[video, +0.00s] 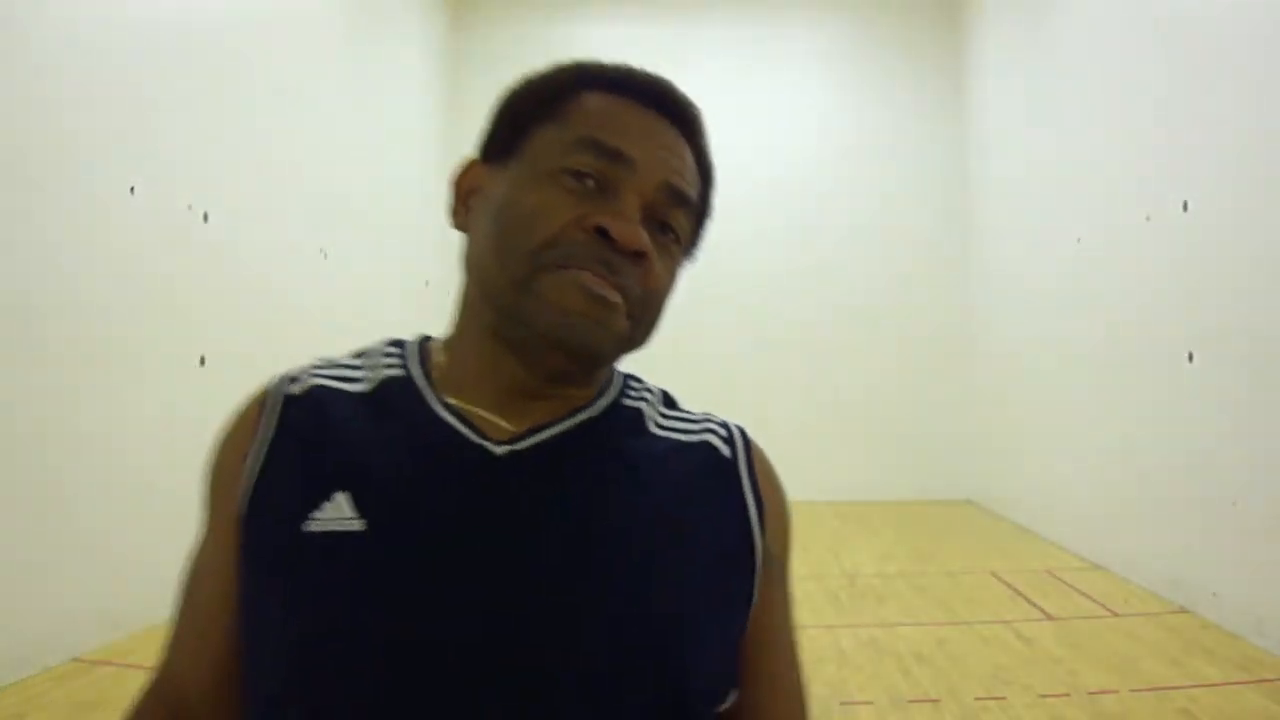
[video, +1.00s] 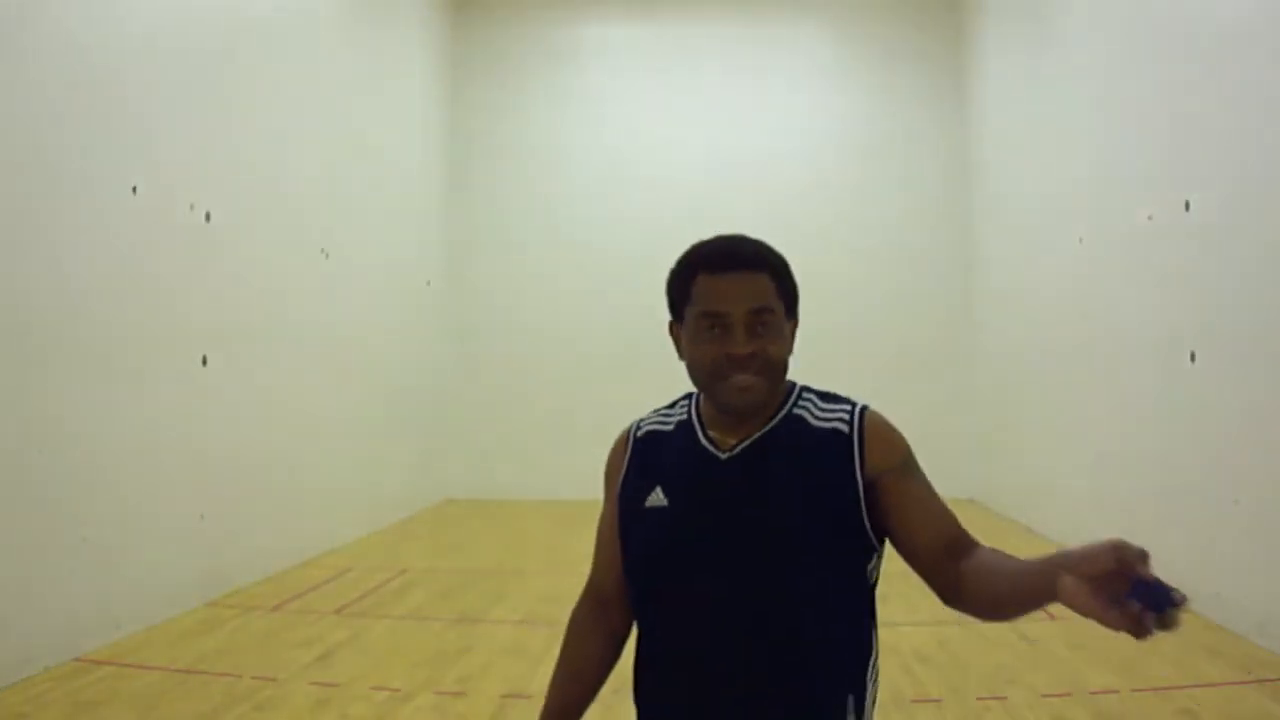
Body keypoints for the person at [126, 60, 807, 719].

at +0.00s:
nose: (628, 232)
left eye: (666, 224)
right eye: (586, 179)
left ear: (676, 283)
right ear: (470, 194)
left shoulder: (727, 487)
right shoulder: (289, 436)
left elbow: (773, 707)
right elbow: (186, 699)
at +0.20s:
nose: (699, 283)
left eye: (737, 271)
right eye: (661, 242)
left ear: (760, 321)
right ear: (576, 268)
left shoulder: (825, 512)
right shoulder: (440, 476)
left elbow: (885, 709)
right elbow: (369, 699)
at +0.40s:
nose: (726, 223)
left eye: (765, 213)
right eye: (693, 197)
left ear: (800, 281)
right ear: (633, 249)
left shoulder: (872, 456)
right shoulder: (527, 419)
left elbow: (902, 690)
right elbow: (480, 640)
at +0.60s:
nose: (680, 239)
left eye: (718, 217)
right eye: (659, 232)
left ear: (797, 260)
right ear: (644, 280)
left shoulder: (880, 440)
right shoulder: (580, 413)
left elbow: (910, 643)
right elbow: (533, 597)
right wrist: (480, 711)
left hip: (804, 708)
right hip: (608, 708)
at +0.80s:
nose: (709, 278)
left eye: (735, 257)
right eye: (680, 268)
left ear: (787, 286)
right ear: (660, 308)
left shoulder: (870, 438)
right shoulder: (610, 432)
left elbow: (967, 590)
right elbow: (561, 599)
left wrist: (1136, 677)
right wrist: (503, 713)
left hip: (813, 710)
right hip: (642, 710)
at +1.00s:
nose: (741, 345)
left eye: (761, 322)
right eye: (714, 326)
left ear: (792, 329)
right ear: (677, 339)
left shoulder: (858, 440)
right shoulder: (641, 453)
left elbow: (959, 566)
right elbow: (605, 607)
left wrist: (1056, 578)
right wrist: (556, 712)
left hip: (822, 708)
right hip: (677, 709)